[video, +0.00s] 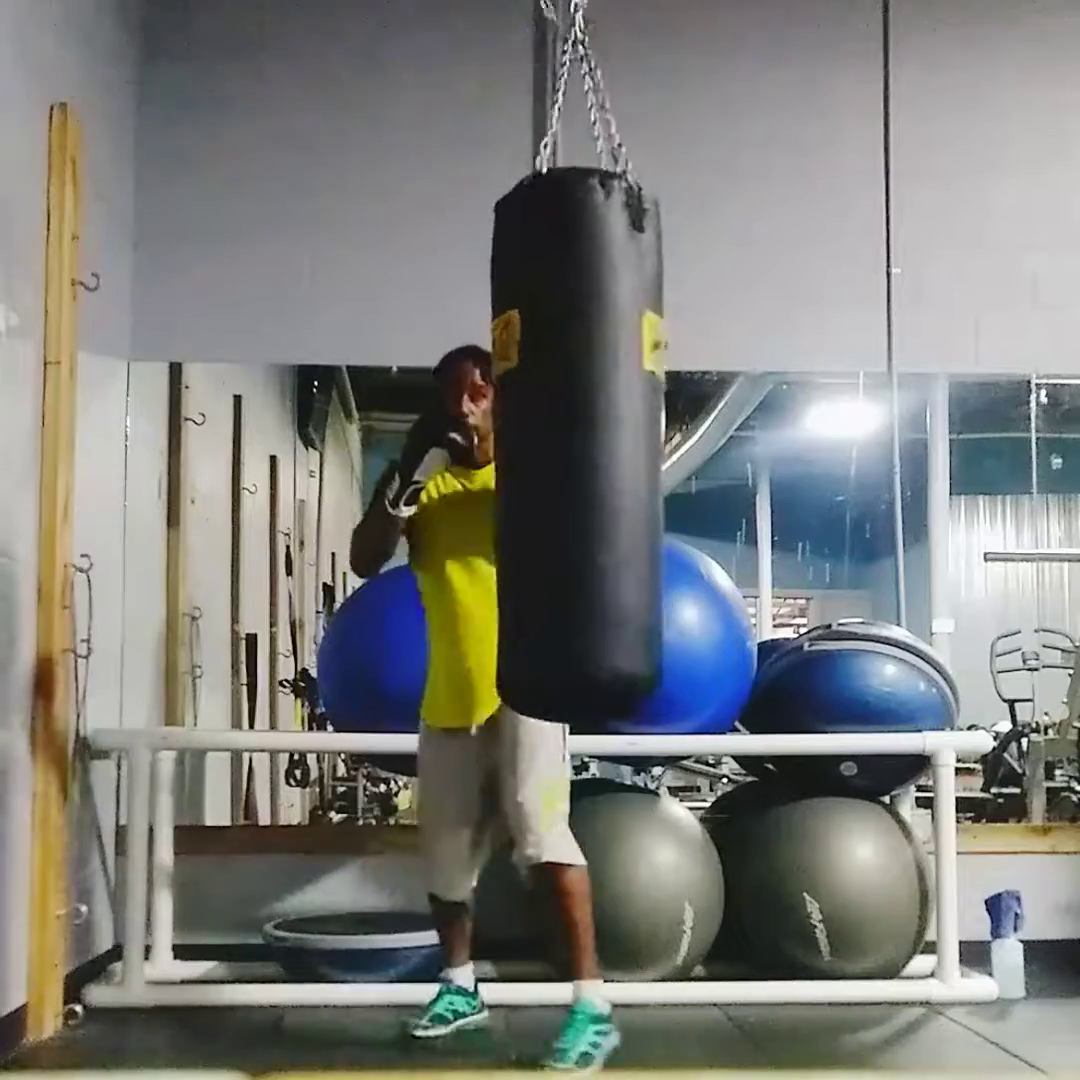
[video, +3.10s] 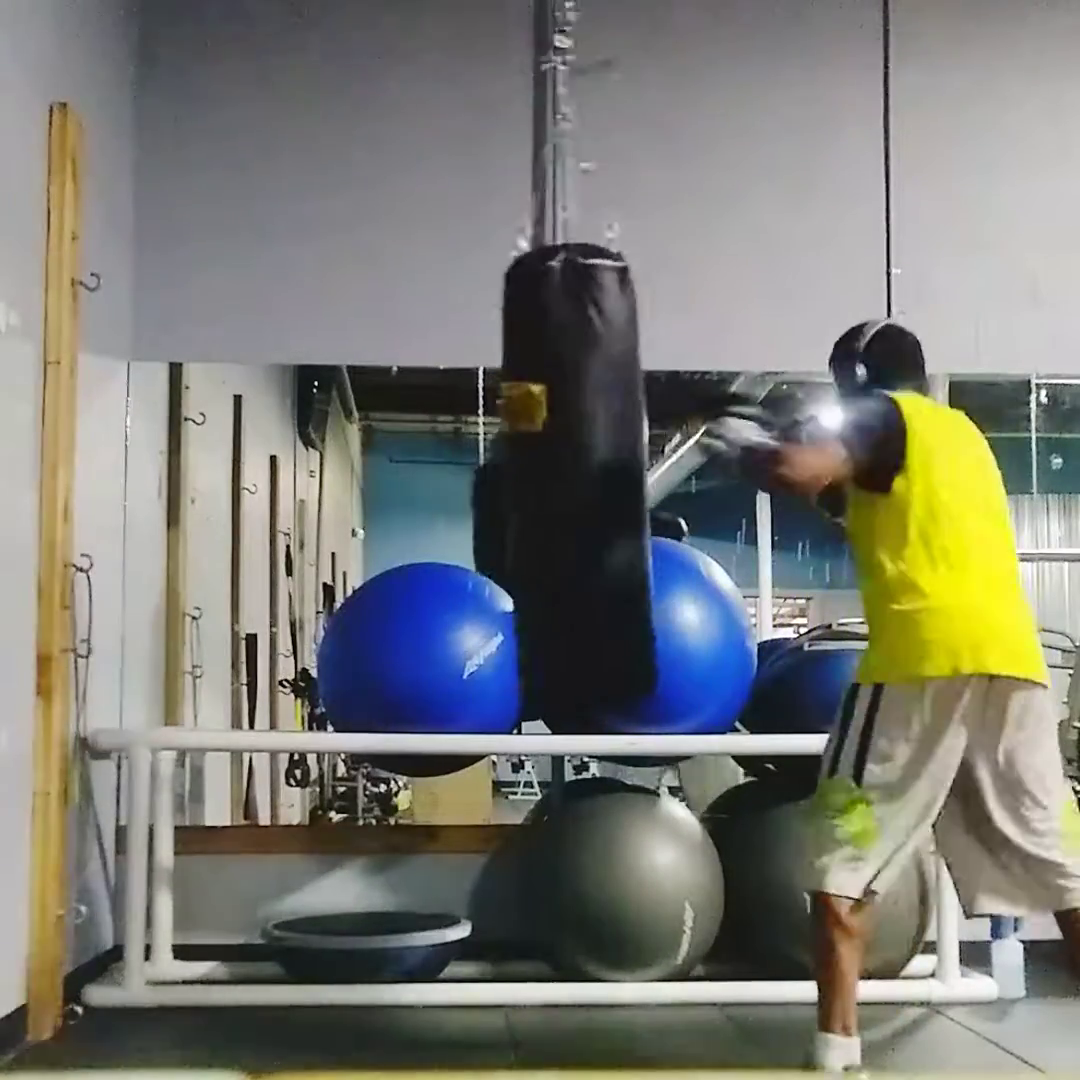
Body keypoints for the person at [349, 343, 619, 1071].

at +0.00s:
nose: (465, 404)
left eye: (479, 391)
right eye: (455, 393)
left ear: (505, 400)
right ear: (439, 403)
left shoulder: (534, 472)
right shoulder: (423, 482)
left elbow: (577, 504)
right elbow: (365, 559)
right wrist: (406, 471)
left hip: (528, 682)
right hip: (452, 687)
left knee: (545, 836)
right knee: (445, 851)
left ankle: (590, 1003)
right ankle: (460, 991)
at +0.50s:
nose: (544, 416)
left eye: (555, 405)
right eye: (536, 406)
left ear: (577, 410)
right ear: (526, 419)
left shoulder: (615, 460)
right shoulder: (522, 473)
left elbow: (689, 520)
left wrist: (629, 480)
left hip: (622, 668)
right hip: (559, 674)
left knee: (622, 838)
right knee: (569, 843)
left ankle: (669, 1013)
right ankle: (587, 988)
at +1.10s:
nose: (573, 411)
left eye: (579, 396)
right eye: (571, 397)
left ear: (607, 392)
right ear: (615, 386)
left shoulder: (676, 444)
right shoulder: (605, 479)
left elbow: (652, 436)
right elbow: (548, 555)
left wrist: (571, 404)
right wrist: (502, 507)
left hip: (722, 659)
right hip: (684, 665)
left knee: (709, 839)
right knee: (696, 839)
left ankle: (720, 1029)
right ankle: (726, 997)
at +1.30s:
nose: (619, 381)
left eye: (626, 367)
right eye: (620, 369)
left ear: (659, 370)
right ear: (662, 370)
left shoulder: (714, 435)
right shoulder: (653, 454)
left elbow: (737, 514)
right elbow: (645, 555)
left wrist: (642, 500)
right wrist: (587, 519)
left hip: (747, 663)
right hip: (711, 665)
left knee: (721, 836)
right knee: (742, 828)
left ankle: (721, 1030)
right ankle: (831, 967)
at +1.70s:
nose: (723, 370)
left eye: (735, 357)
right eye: (725, 358)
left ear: (775, 363)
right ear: (752, 365)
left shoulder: (819, 429)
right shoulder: (744, 451)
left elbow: (887, 520)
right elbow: (721, 571)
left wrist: (780, 502)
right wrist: (693, 527)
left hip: (819, 661)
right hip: (780, 661)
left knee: (771, 832)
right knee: (845, 835)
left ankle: (754, 1021)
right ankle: (909, 1001)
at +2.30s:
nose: (772, 398)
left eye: (783, 385)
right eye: (776, 386)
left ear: (819, 390)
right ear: (825, 392)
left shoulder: (886, 440)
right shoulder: (820, 476)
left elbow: (898, 511)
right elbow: (779, 558)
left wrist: (817, 453)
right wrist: (738, 491)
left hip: (910, 669)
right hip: (933, 668)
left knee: (874, 839)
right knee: (956, 838)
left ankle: (884, 1036)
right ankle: (1011, 1010)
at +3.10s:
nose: (838, 394)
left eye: (841, 384)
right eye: (838, 387)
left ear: (858, 378)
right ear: (924, 376)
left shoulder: (876, 412)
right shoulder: (967, 434)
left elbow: (802, 471)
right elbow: (898, 526)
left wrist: (748, 450)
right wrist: (829, 487)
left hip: (920, 653)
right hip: (1015, 655)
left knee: (845, 845)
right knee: (1054, 849)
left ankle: (837, 1042)